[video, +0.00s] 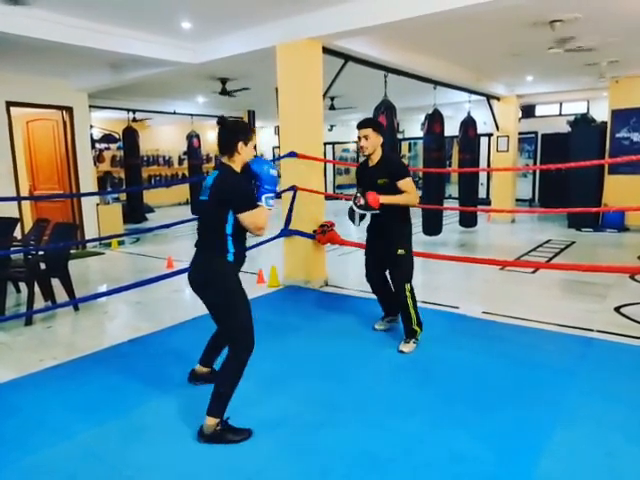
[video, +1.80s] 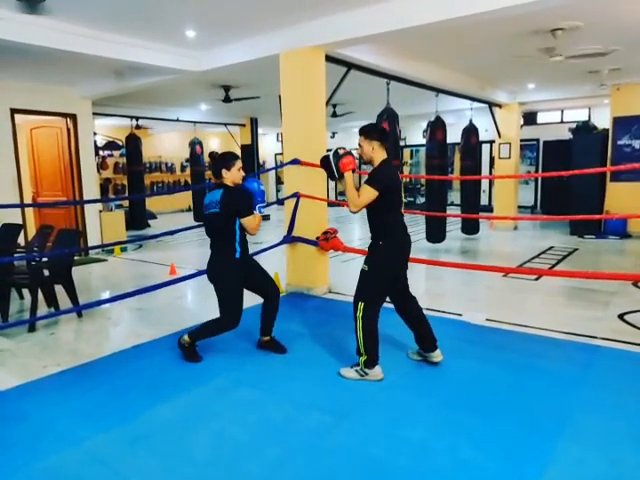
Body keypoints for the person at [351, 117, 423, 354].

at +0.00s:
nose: (361, 143)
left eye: (366, 138)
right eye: (359, 139)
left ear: (380, 138)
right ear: (359, 141)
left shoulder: (393, 164)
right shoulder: (362, 169)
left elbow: (413, 197)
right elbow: (364, 197)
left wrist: (380, 199)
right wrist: (359, 203)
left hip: (398, 227)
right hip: (377, 226)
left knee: (400, 280)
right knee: (374, 274)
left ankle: (412, 333)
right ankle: (391, 313)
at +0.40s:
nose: (350, 152)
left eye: (354, 147)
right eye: (349, 148)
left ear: (368, 145)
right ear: (354, 149)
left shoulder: (385, 170)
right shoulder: (359, 176)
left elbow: (412, 197)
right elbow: (369, 202)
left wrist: (384, 214)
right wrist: (356, 213)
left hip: (394, 228)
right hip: (377, 229)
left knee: (376, 282)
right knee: (383, 274)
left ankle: (381, 347)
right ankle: (399, 317)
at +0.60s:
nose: (342, 160)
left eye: (345, 155)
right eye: (340, 156)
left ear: (362, 153)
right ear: (351, 156)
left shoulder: (373, 180)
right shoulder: (359, 180)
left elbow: (382, 220)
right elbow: (363, 212)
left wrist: (348, 221)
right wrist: (339, 219)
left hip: (390, 239)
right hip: (381, 237)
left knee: (366, 293)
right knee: (381, 280)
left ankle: (376, 354)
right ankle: (401, 322)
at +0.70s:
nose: (344, 157)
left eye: (347, 151)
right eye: (343, 152)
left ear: (363, 150)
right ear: (359, 152)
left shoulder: (375, 174)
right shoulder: (361, 175)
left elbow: (361, 212)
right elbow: (347, 207)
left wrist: (333, 189)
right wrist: (327, 193)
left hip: (390, 237)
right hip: (382, 235)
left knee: (366, 293)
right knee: (379, 283)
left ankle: (376, 355)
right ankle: (406, 326)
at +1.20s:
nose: (351, 151)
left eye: (354, 146)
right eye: (350, 147)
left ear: (369, 145)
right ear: (369, 146)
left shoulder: (372, 170)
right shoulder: (380, 168)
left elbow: (340, 189)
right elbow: (349, 188)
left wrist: (329, 160)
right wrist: (337, 166)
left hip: (384, 240)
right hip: (397, 238)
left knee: (360, 297)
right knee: (397, 292)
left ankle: (366, 360)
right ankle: (414, 343)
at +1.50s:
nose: (349, 150)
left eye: (351, 145)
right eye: (349, 145)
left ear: (365, 144)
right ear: (364, 145)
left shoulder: (378, 171)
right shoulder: (363, 170)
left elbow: (354, 201)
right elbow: (329, 182)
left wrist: (338, 175)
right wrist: (305, 167)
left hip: (384, 243)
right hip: (385, 241)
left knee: (365, 303)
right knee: (393, 296)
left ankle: (367, 365)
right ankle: (424, 345)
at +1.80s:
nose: (359, 149)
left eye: (361, 144)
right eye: (359, 145)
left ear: (374, 144)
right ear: (377, 145)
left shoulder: (382, 173)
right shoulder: (386, 170)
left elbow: (355, 205)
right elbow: (357, 200)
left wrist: (348, 172)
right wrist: (342, 176)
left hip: (385, 245)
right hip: (396, 242)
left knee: (364, 304)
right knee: (401, 297)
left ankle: (368, 366)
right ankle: (430, 349)